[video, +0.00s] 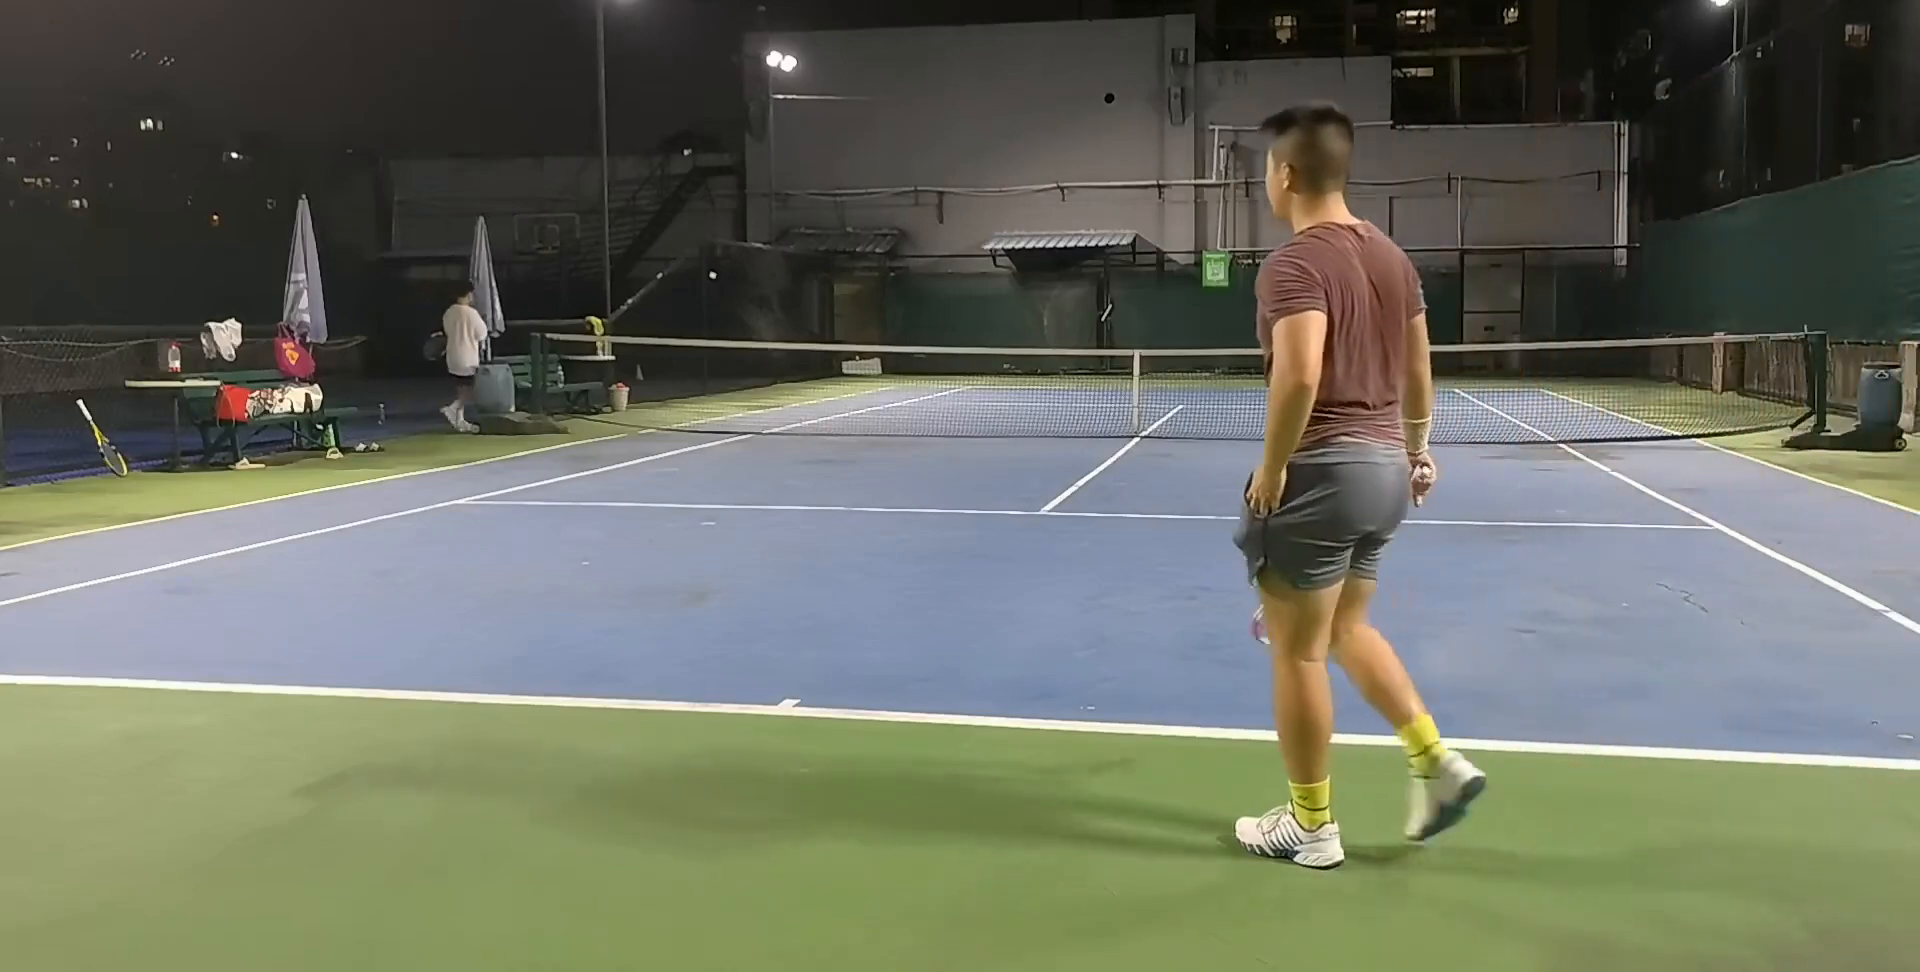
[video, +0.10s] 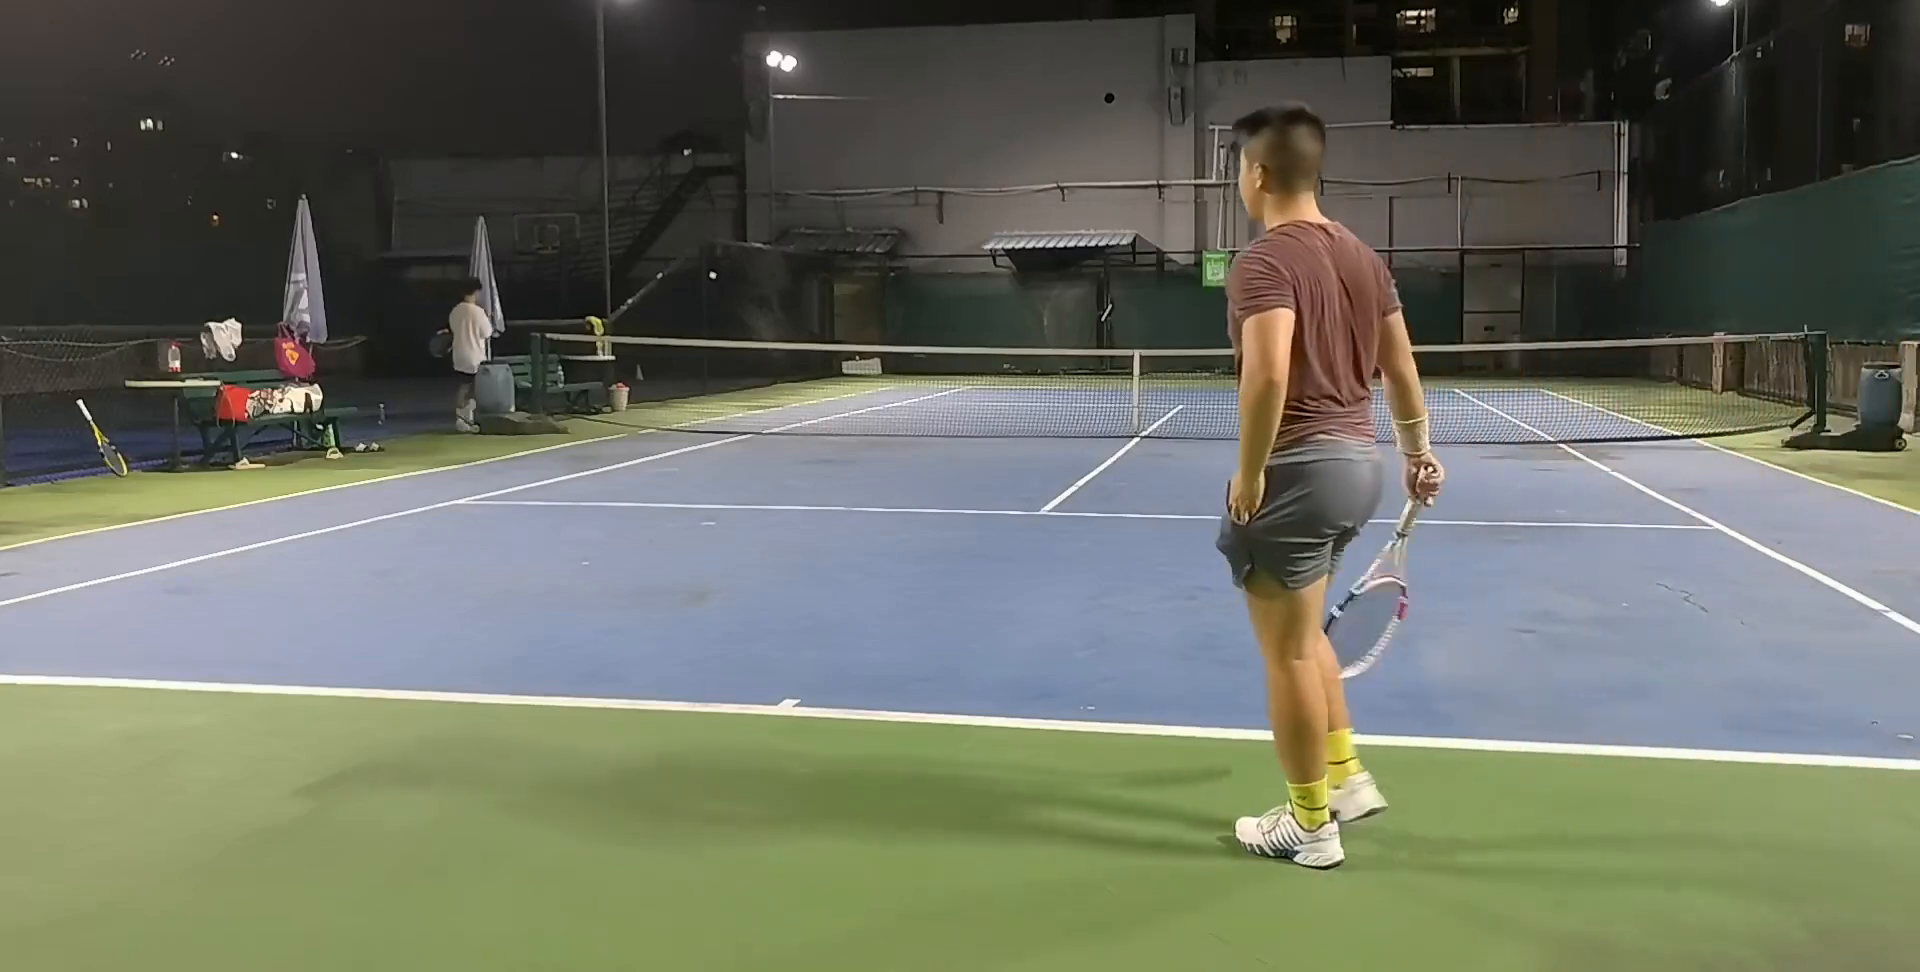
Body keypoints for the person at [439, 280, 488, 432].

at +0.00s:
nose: (472, 297)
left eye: (471, 294)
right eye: (470, 294)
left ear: (456, 296)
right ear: (467, 296)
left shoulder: (448, 313)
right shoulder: (471, 313)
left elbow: (447, 332)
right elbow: (482, 333)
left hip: (452, 357)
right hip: (469, 358)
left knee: (460, 388)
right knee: (469, 390)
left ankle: (460, 420)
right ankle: (452, 409)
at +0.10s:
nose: (479, 294)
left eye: (478, 291)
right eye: (478, 291)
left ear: (463, 292)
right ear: (475, 292)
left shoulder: (454, 311)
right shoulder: (478, 312)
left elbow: (453, 330)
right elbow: (487, 333)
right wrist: (489, 319)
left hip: (458, 357)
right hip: (475, 358)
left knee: (463, 385)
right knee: (476, 387)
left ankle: (460, 420)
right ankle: (468, 416)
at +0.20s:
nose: (487, 297)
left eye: (487, 294)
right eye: (487, 294)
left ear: (472, 293)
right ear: (484, 294)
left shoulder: (462, 311)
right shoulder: (484, 313)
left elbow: (462, 330)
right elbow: (494, 334)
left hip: (465, 360)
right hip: (483, 360)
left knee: (466, 388)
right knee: (486, 391)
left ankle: (460, 420)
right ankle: (487, 422)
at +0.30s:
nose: (496, 299)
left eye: (496, 296)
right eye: (495, 296)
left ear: (480, 295)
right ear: (492, 297)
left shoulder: (470, 311)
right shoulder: (492, 314)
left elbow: (471, 329)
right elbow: (502, 335)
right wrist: (508, 324)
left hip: (473, 360)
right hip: (491, 361)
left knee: (469, 388)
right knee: (500, 388)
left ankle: (462, 420)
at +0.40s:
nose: (508, 302)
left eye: (508, 299)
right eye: (508, 299)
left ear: (493, 298)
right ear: (504, 299)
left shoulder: (482, 313)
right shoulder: (504, 316)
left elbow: (480, 330)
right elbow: (513, 337)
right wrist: (516, 327)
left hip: (483, 362)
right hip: (501, 363)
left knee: (476, 390)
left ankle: (464, 416)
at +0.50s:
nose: (519, 301)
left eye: (520, 298)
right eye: (519, 298)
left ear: (504, 297)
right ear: (514, 297)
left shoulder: (494, 313)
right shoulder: (515, 315)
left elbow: (488, 330)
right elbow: (524, 336)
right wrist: (528, 329)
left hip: (493, 360)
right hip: (512, 361)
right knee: (522, 377)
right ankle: (523, 408)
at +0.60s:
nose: (528, 300)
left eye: (528, 297)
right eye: (527, 297)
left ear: (512, 296)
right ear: (519, 296)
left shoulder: (501, 312)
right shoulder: (524, 313)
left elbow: (498, 329)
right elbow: (534, 332)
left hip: (503, 357)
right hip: (520, 357)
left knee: (511, 385)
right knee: (526, 384)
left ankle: (511, 409)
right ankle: (523, 410)